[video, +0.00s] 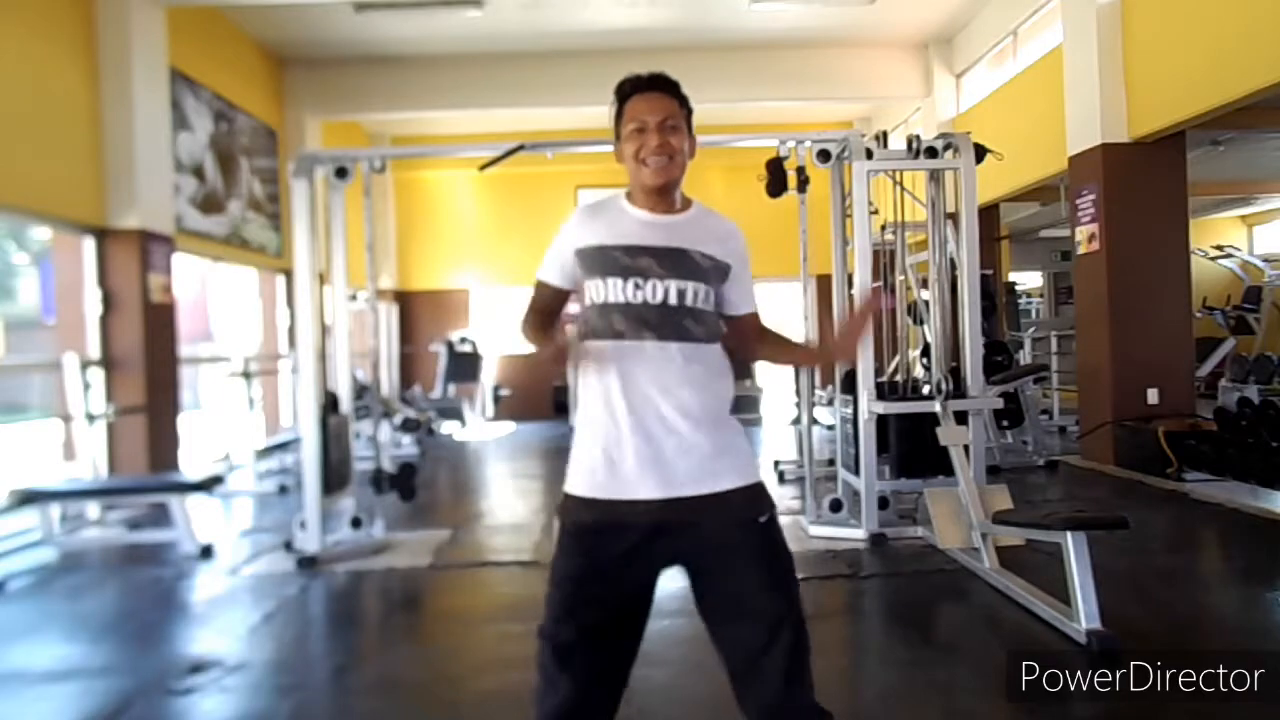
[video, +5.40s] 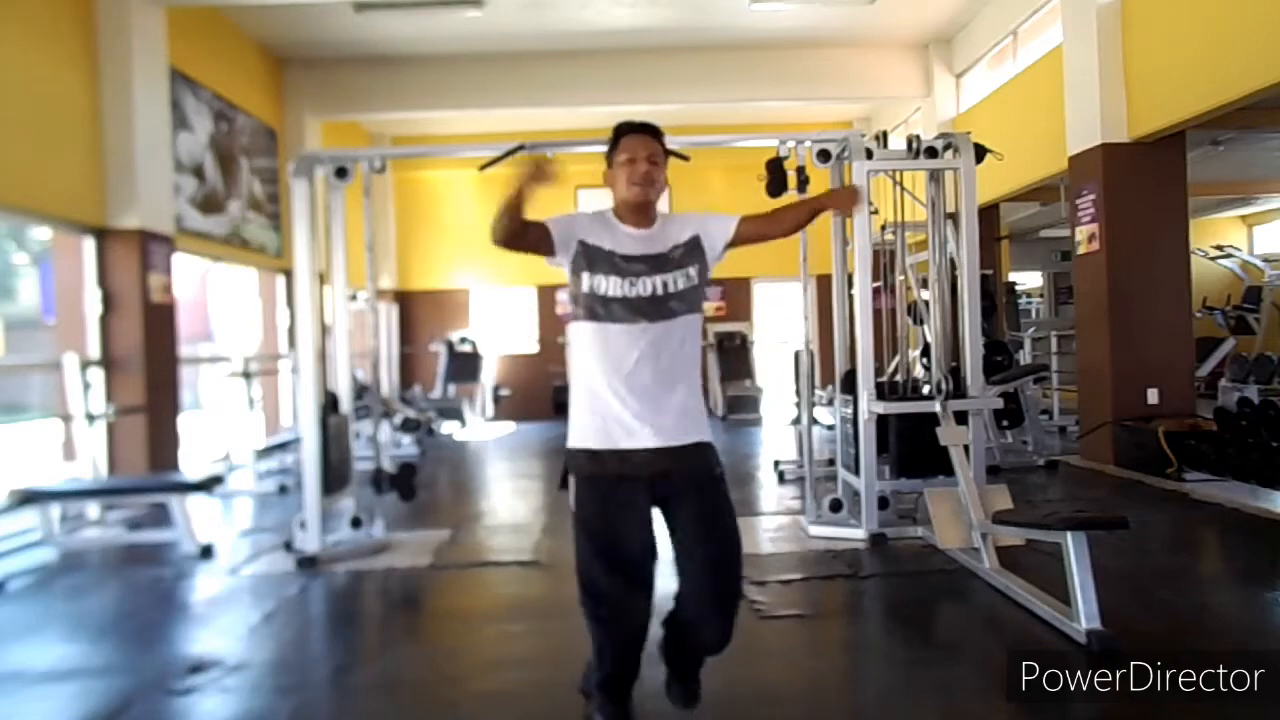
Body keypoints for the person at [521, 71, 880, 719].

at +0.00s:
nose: (657, 139)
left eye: (671, 127)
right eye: (639, 130)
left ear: (691, 144)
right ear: (619, 150)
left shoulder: (722, 236)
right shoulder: (586, 227)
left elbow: (746, 338)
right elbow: (538, 318)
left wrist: (823, 354)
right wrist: (549, 339)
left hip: (720, 486)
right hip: (606, 488)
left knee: (778, 679)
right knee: (571, 686)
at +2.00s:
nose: (674, 212)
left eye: (691, 200)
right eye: (663, 196)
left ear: (713, 187)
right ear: (643, 175)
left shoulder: (732, 248)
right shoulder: (602, 234)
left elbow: (763, 335)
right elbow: (552, 311)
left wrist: (810, 404)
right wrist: (530, 374)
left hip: (709, 468)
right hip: (610, 469)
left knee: (761, 628)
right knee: (589, 637)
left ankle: (773, 708)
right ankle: (573, 711)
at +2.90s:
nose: (665, 185)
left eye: (676, 175)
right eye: (653, 178)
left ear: (694, 187)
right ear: (635, 193)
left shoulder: (726, 259)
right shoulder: (610, 262)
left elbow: (762, 331)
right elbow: (567, 334)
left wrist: (745, 362)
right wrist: (523, 375)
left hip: (696, 451)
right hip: (614, 446)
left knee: (720, 578)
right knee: (575, 555)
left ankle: (745, 670)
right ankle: (574, 673)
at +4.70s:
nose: (651, 150)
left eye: (661, 139)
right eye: (637, 142)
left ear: (679, 152)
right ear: (618, 157)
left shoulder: (705, 221)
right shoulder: (587, 222)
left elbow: (756, 284)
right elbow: (533, 281)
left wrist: (799, 339)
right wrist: (526, 284)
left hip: (684, 431)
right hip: (603, 431)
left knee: (685, 572)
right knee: (604, 572)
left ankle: (686, 699)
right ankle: (614, 696)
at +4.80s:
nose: (655, 162)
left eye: (665, 152)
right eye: (641, 152)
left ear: (677, 163)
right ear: (616, 163)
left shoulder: (705, 232)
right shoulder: (586, 233)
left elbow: (782, 275)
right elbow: (501, 273)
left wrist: (861, 300)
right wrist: (557, 239)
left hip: (684, 453)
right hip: (605, 452)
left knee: (679, 600)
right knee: (616, 606)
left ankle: (676, 704)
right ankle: (618, 706)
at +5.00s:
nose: (694, 180)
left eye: (693, 170)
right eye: (684, 170)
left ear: (663, 172)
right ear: (646, 172)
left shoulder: (707, 233)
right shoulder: (589, 230)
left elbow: (780, 242)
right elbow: (509, 246)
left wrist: (831, 220)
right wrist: (500, 214)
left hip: (683, 444)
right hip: (602, 432)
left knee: (677, 603)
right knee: (557, 539)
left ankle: (677, 703)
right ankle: (603, 611)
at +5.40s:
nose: (642, 169)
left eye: (652, 160)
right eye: (630, 160)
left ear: (666, 173)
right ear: (608, 173)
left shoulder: (696, 232)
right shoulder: (579, 232)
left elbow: (771, 223)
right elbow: (507, 235)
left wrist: (824, 200)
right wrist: (521, 188)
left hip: (684, 439)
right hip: (602, 443)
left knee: (717, 585)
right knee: (614, 588)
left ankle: (684, 654)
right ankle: (609, 697)